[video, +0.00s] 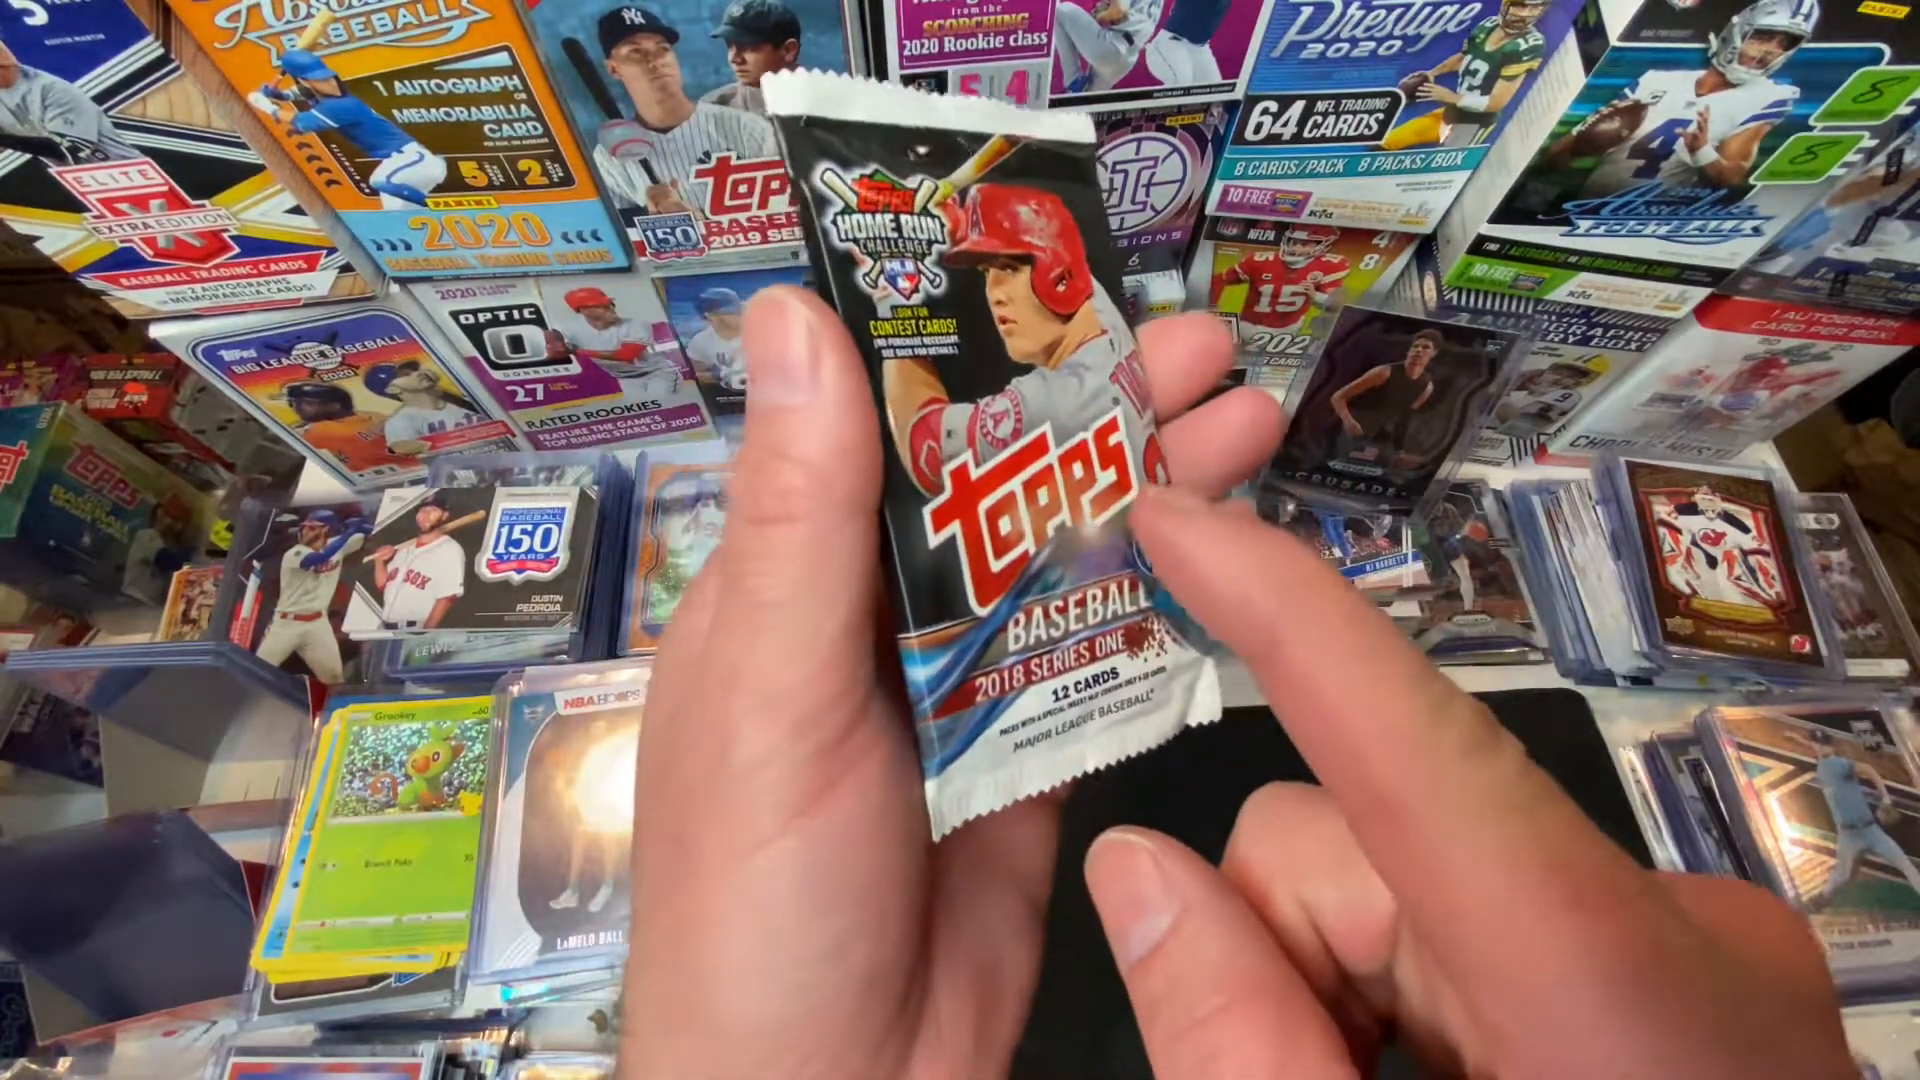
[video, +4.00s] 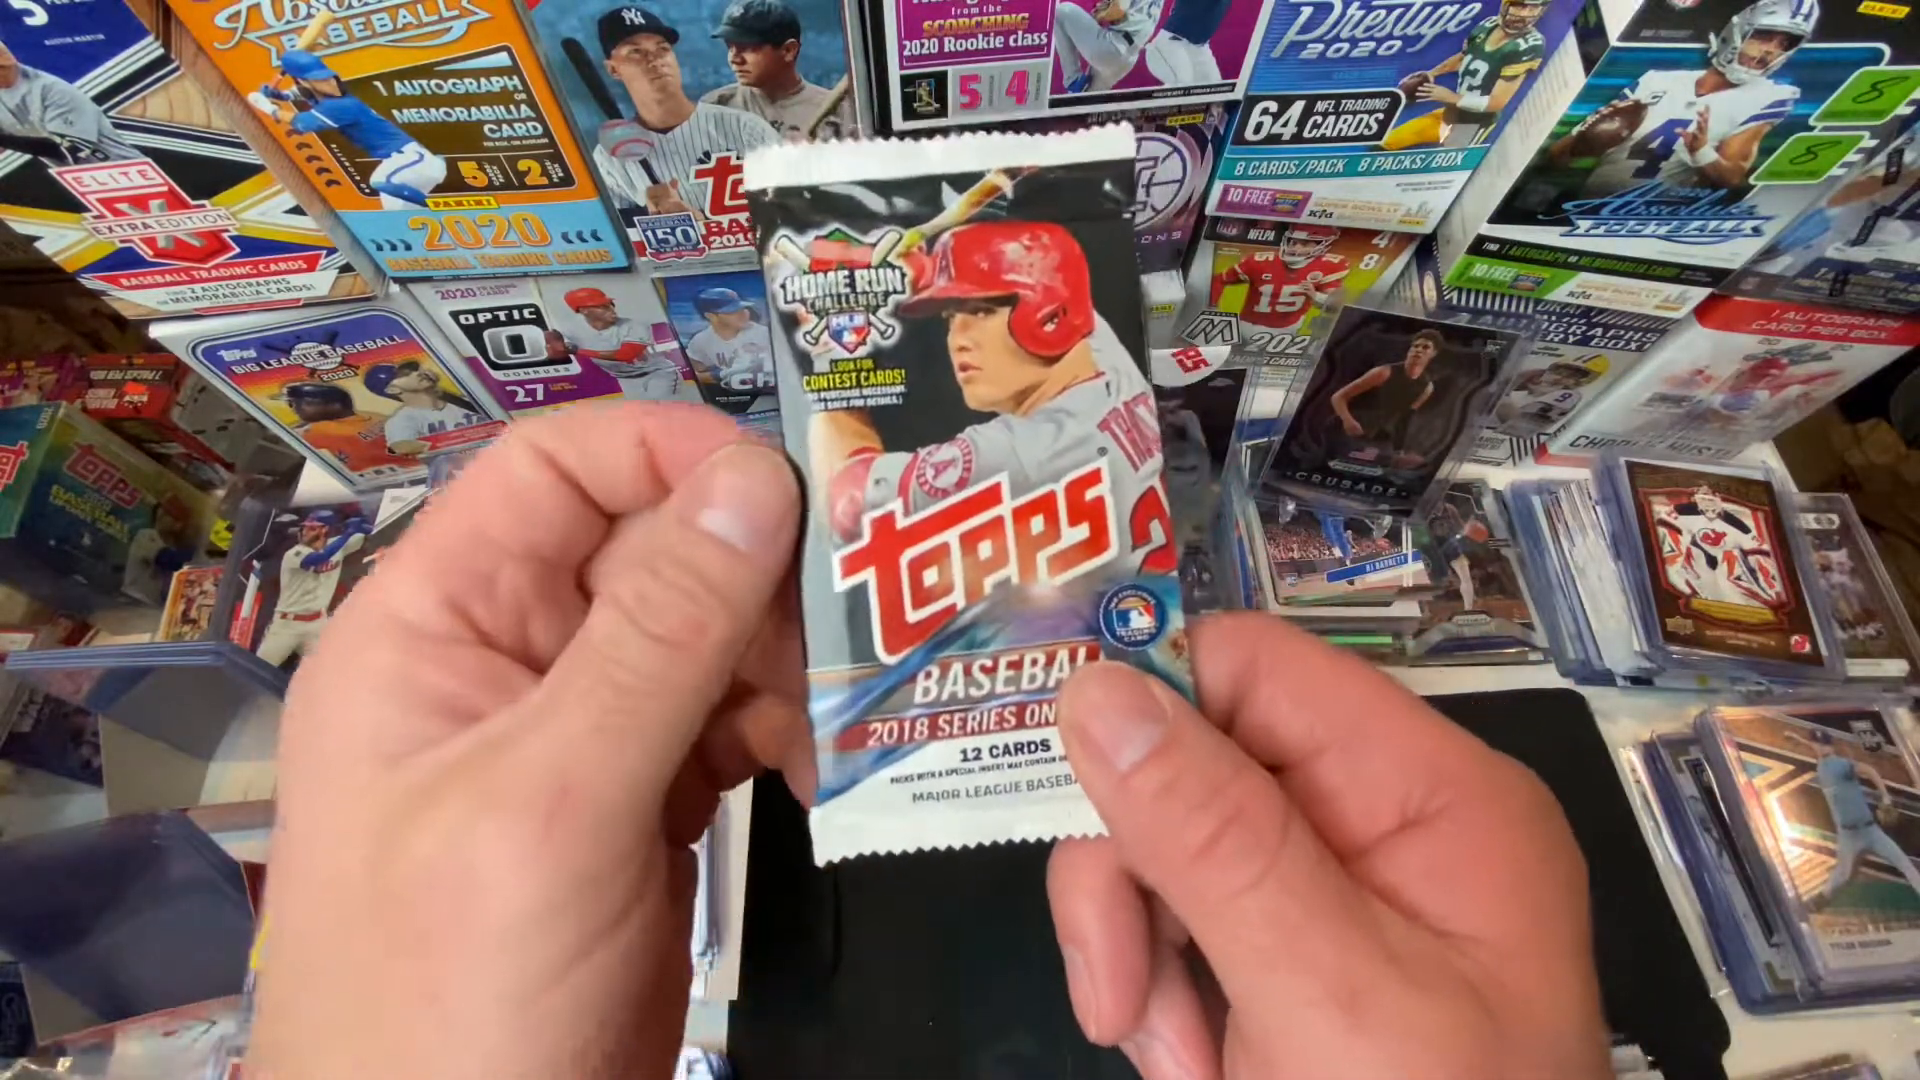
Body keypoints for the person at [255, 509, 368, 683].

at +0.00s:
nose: (302, 531)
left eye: (309, 527)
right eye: (303, 527)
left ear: (324, 530)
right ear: (303, 530)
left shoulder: (336, 549)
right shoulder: (294, 554)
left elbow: (367, 531)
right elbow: (318, 559)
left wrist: (355, 524)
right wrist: (347, 535)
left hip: (317, 625)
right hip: (285, 624)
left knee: (334, 678)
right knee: (258, 670)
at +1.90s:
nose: (304, 532)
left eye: (310, 528)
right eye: (304, 528)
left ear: (324, 531)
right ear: (302, 530)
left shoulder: (337, 549)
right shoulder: (293, 554)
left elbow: (365, 531)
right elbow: (318, 559)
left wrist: (356, 523)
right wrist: (346, 536)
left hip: (317, 624)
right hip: (285, 624)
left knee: (332, 674)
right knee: (260, 669)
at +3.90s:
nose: (304, 532)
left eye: (310, 528)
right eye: (304, 528)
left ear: (324, 531)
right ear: (302, 529)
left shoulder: (336, 548)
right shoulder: (293, 555)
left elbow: (367, 531)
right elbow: (319, 560)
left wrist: (354, 523)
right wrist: (348, 535)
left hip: (317, 625)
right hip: (285, 624)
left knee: (336, 677)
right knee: (258, 671)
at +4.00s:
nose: (304, 532)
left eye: (310, 528)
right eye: (304, 528)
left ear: (324, 530)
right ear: (302, 529)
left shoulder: (337, 547)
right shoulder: (293, 554)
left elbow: (368, 532)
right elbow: (319, 560)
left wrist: (354, 522)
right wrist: (348, 535)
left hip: (317, 625)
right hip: (285, 624)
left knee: (321, 679)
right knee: (258, 671)